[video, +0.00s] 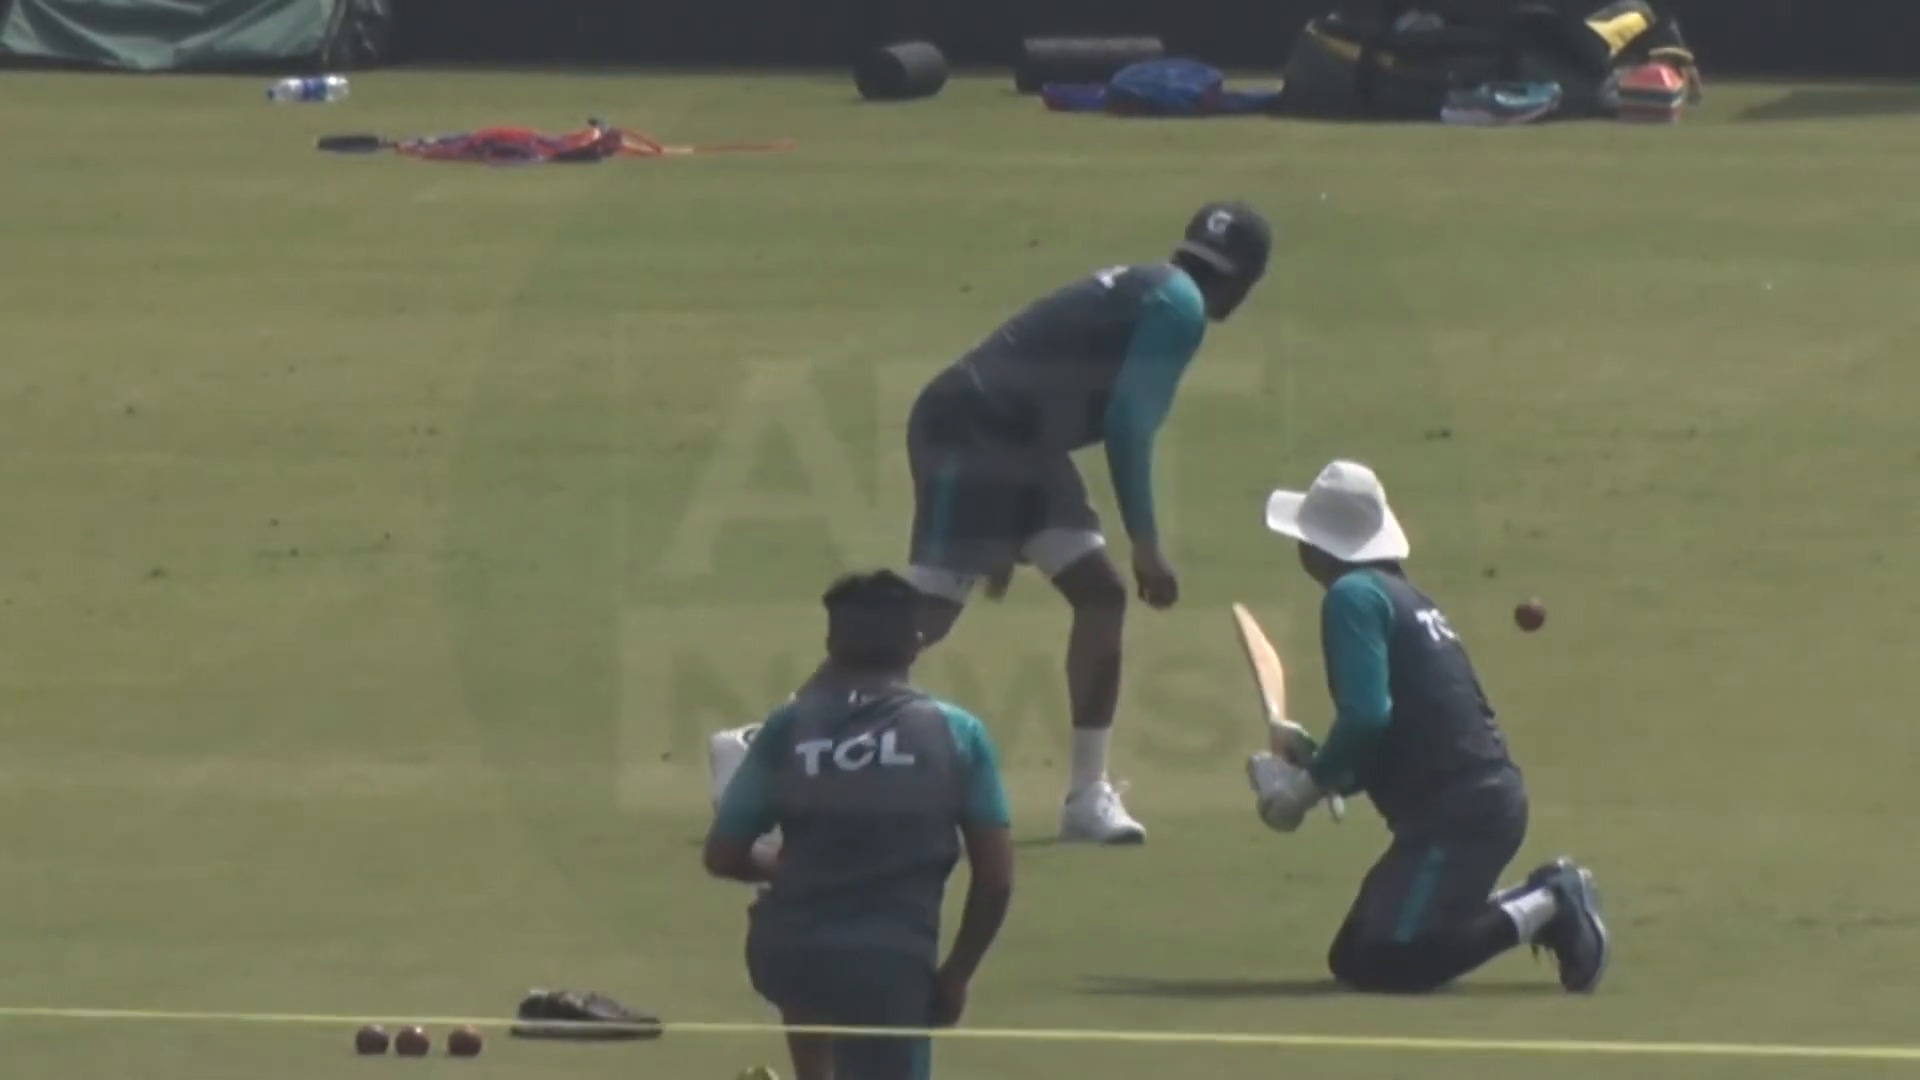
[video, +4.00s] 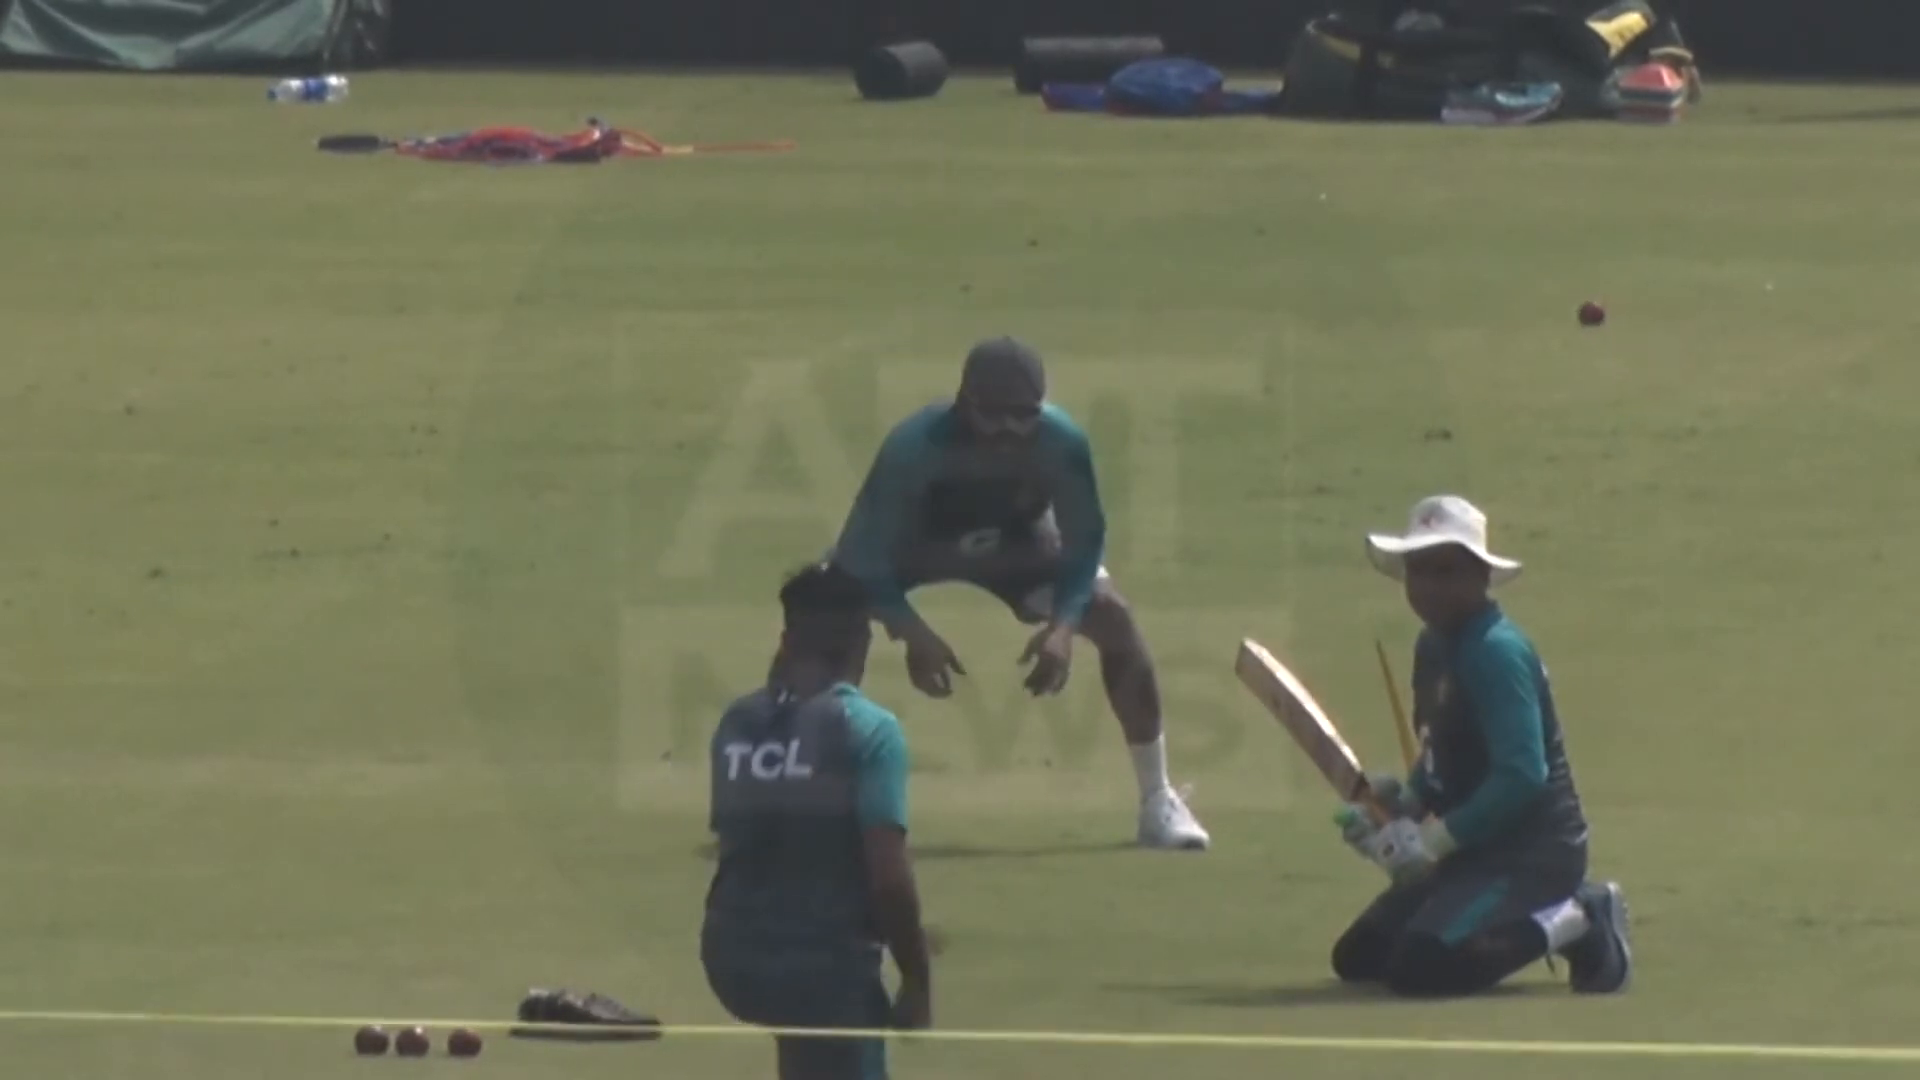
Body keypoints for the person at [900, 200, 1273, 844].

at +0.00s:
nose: (1244, 298)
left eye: (1245, 284)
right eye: (1247, 285)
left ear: (1188, 248)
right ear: (1239, 280)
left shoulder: (1141, 285)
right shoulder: (1179, 307)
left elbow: (1037, 406)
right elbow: (1129, 427)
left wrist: (1004, 531)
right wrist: (1148, 549)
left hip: (1026, 445)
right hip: (972, 431)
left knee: (1101, 594)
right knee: (927, 616)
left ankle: (1088, 796)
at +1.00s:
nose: (981, 259)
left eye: (996, 244)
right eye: (966, 244)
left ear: (1018, 239)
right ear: (940, 238)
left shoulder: (1048, 295)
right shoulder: (896, 309)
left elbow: (1080, 397)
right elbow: (852, 431)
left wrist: (1087, 498)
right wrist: (878, 531)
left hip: (1009, 472)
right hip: (905, 475)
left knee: (1094, 612)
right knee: (836, 611)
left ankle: (1157, 798)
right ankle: (764, 776)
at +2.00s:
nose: (977, 138)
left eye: (991, 125)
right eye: (962, 121)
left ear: (1010, 133)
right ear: (933, 124)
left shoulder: (1027, 205)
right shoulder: (891, 216)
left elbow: (1113, 221)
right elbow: (843, 327)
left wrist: (1040, 134)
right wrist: (874, 361)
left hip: (1016, 440)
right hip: (918, 442)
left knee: (1079, 622)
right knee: (852, 620)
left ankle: (1156, 798)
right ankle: (776, 781)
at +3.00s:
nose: (979, 141)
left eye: (993, 128)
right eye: (963, 128)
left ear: (1012, 132)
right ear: (934, 128)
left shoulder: (1042, 212)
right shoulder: (895, 222)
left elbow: (1099, 313)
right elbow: (852, 344)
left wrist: (1091, 372)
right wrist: (884, 415)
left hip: (1023, 440)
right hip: (923, 445)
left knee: (1079, 620)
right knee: (856, 610)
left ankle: (1155, 798)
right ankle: (800, 788)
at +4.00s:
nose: (1009, 429)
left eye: (1023, 415)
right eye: (994, 415)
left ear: (1040, 406)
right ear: (966, 405)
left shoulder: (1062, 445)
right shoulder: (912, 448)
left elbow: (1086, 537)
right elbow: (861, 558)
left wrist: (1064, 626)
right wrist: (916, 635)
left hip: (1017, 551)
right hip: (914, 553)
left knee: (1114, 620)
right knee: (835, 613)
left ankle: (1159, 800)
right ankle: (817, 783)